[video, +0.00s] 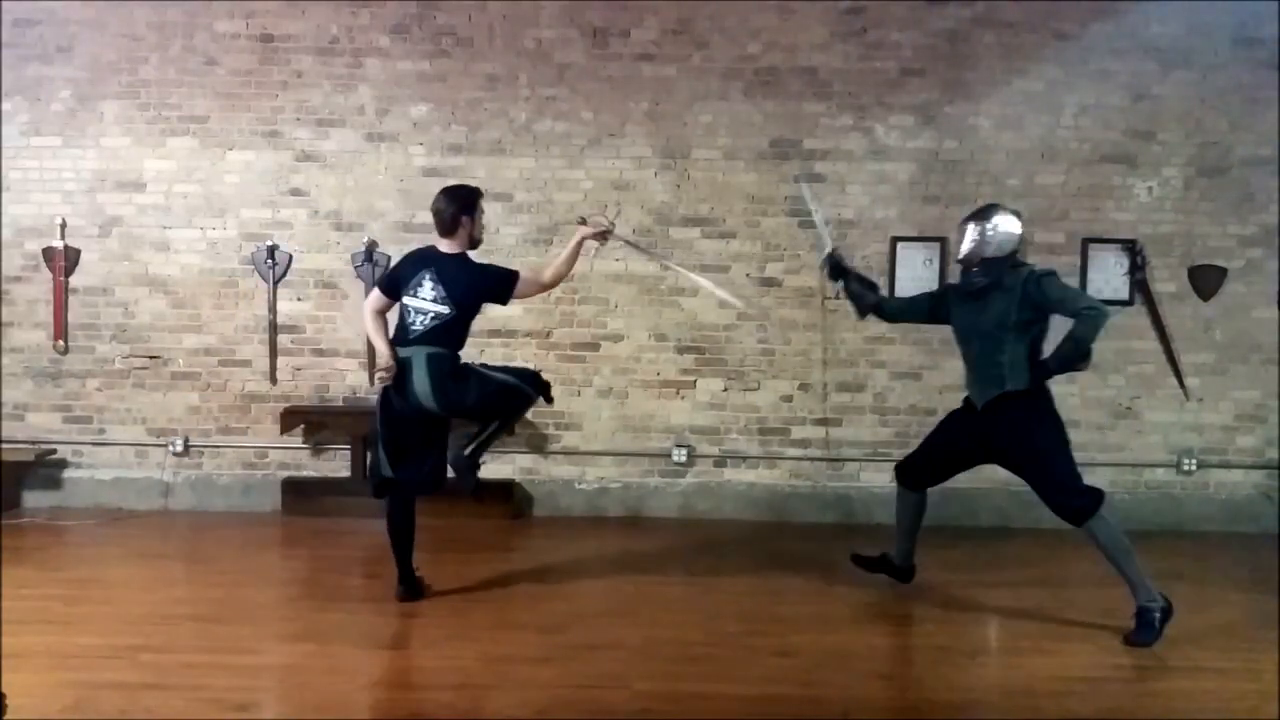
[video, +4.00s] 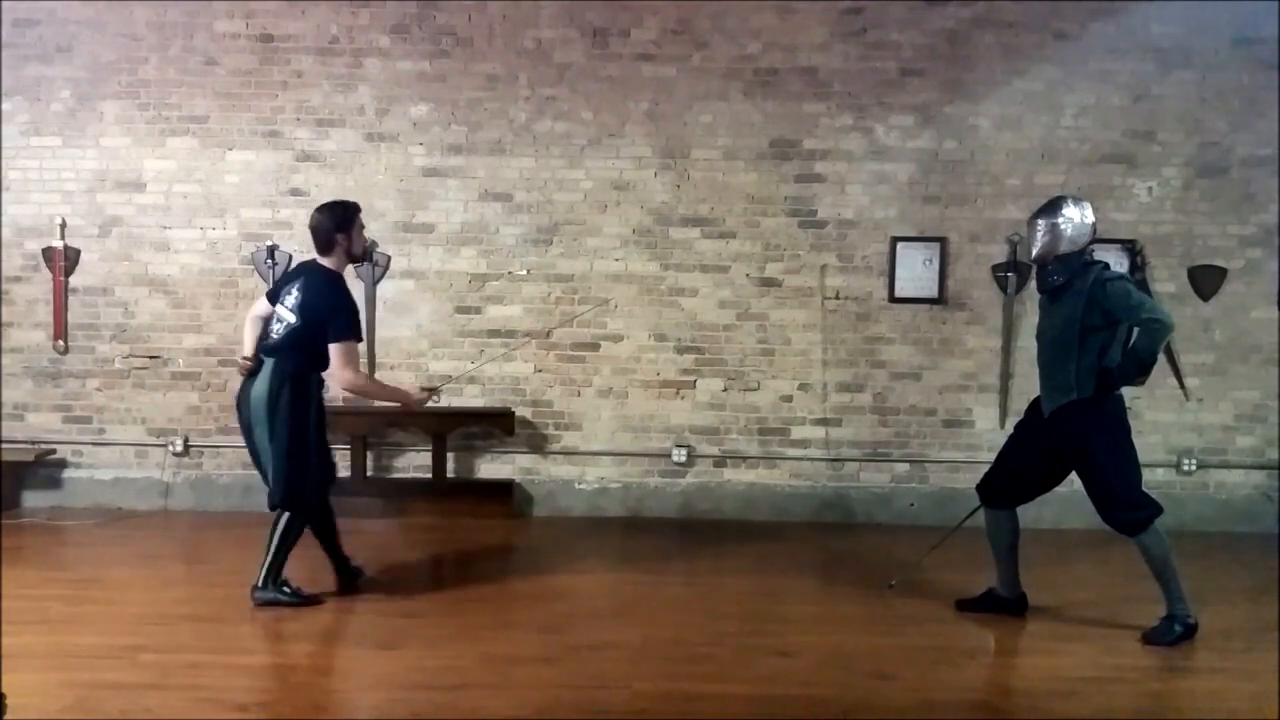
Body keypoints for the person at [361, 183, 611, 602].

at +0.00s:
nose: (481, 224)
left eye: (480, 216)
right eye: (478, 217)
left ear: (439, 222)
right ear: (463, 222)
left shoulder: (412, 261)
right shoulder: (474, 275)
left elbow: (372, 309)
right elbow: (546, 280)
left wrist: (385, 354)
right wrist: (579, 237)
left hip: (399, 389)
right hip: (441, 385)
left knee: (402, 482)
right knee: (527, 387)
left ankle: (406, 579)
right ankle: (468, 456)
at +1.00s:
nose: (603, 293)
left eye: (599, 286)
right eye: (597, 287)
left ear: (561, 297)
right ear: (583, 294)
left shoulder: (536, 337)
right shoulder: (593, 340)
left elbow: (487, 366)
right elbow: (655, 369)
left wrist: (497, 403)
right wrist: (718, 382)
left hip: (493, 434)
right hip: (532, 439)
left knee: (452, 502)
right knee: (607, 496)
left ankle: (382, 559)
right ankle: (601, 581)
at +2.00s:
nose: (367, 232)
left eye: (365, 223)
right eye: (360, 224)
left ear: (334, 231)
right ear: (334, 231)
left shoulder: (327, 276)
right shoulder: (329, 283)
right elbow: (396, 335)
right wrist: (459, 364)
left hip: (304, 390)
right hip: (290, 392)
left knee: (323, 479)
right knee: (306, 487)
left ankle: (281, 558)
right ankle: (268, 582)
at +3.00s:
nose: (298, 245)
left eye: (296, 237)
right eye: (291, 238)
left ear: (267, 247)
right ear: (266, 247)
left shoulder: (275, 294)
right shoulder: (252, 301)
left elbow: (248, 348)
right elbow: (287, 365)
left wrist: (212, 368)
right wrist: (326, 410)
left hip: (220, 406)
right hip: (230, 412)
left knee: (168, 480)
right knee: (282, 489)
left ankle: (128, 555)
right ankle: (267, 584)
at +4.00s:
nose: (365, 237)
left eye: (362, 229)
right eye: (360, 231)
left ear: (322, 239)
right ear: (342, 238)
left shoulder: (297, 275)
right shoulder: (337, 295)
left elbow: (256, 313)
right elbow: (347, 377)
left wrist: (248, 355)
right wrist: (403, 395)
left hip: (260, 389)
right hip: (287, 394)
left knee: (312, 483)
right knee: (302, 488)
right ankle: (268, 581)